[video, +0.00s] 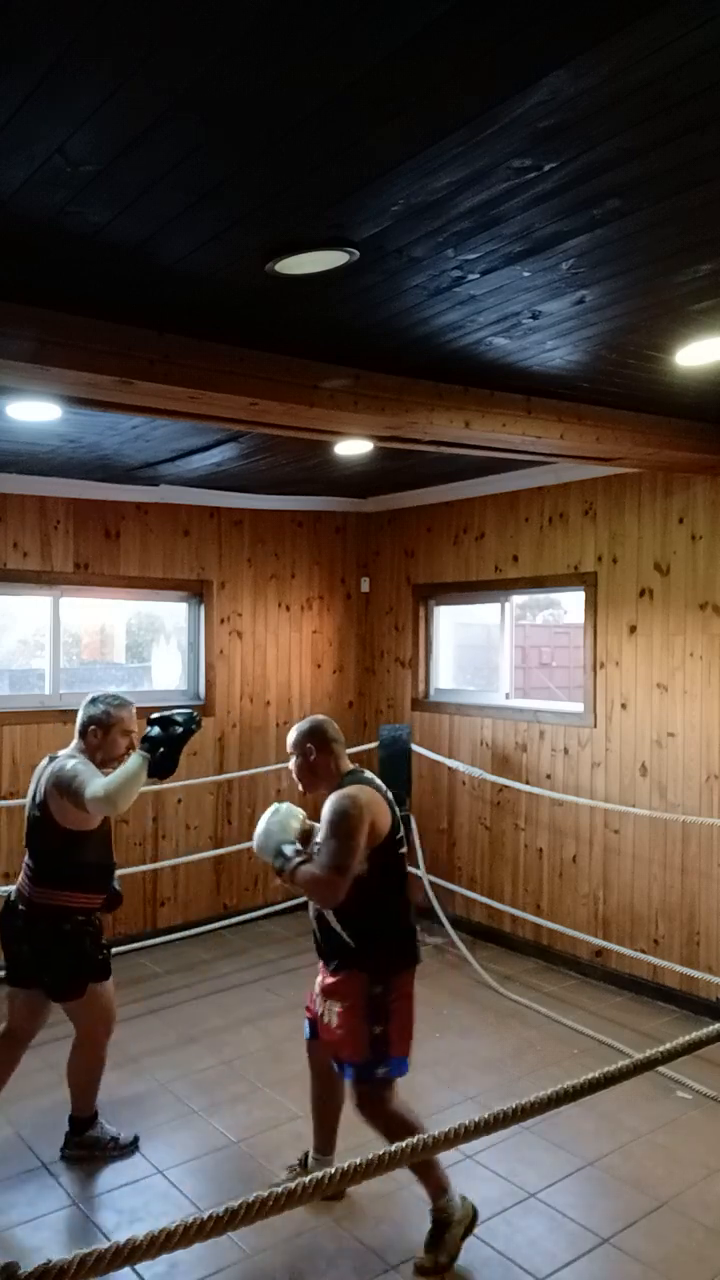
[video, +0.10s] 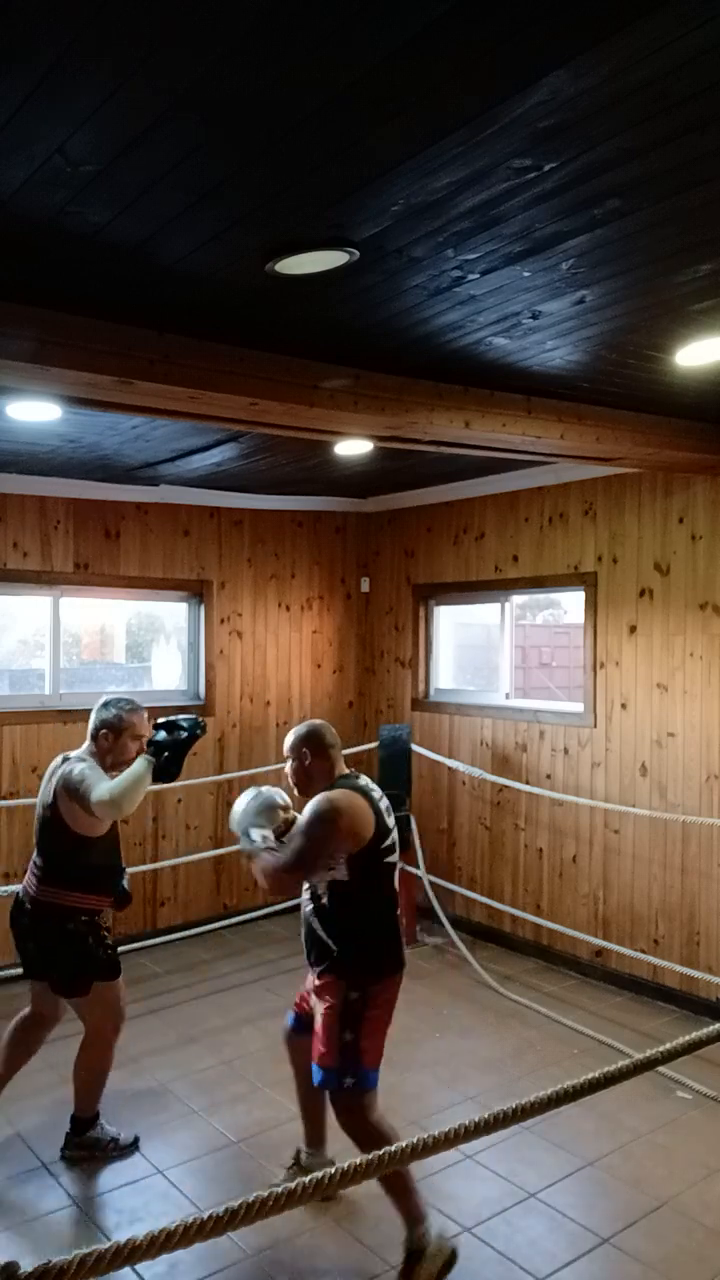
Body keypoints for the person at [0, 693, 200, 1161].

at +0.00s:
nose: (130, 747)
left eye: (133, 737)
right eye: (124, 736)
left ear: (90, 736)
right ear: (94, 733)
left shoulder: (58, 764)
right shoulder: (73, 768)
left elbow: (127, 787)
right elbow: (105, 799)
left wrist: (155, 760)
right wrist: (149, 751)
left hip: (32, 919)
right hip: (64, 926)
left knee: (19, 1028)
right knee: (97, 1023)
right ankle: (82, 1131)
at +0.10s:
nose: (142, 752)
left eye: (144, 742)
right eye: (136, 741)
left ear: (102, 739)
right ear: (106, 737)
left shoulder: (70, 763)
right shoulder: (81, 771)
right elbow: (111, 803)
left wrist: (160, 758)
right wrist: (155, 755)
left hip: (38, 911)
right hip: (71, 922)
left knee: (43, 1012)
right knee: (105, 1020)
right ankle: (84, 1131)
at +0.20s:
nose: (149, 751)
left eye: (151, 741)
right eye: (144, 741)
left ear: (113, 737)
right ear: (113, 736)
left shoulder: (92, 760)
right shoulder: (86, 768)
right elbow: (109, 801)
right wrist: (156, 755)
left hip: (54, 904)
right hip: (70, 914)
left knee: (64, 993)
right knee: (103, 1017)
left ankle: (2, 1072)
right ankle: (83, 1130)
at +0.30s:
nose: (149, 747)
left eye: (152, 738)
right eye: (142, 737)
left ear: (121, 733)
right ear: (114, 731)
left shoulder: (107, 758)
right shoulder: (87, 763)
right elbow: (108, 796)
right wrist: (152, 753)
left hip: (67, 899)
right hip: (72, 907)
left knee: (64, 987)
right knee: (103, 1013)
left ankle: (20, 1070)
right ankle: (83, 1128)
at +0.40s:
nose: (148, 752)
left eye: (150, 745)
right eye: (148, 743)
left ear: (107, 723)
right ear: (130, 735)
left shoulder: (106, 767)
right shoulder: (83, 766)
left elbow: (105, 840)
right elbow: (89, 792)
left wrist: (127, 874)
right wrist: (114, 736)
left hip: (70, 902)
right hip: (75, 911)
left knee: (67, 986)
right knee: (107, 1014)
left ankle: (48, 1060)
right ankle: (84, 1129)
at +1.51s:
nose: (146, 739)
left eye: (152, 731)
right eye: (139, 727)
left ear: (156, 737)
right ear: (120, 725)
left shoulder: (144, 775)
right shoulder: (91, 761)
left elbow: (146, 825)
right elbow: (73, 788)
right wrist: (118, 748)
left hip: (121, 882)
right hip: (77, 884)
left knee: (117, 965)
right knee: (102, 988)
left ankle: (100, 1037)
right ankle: (69, 1094)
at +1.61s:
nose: (152, 740)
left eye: (157, 733)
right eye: (146, 730)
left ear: (158, 736)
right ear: (124, 727)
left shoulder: (153, 772)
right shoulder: (95, 762)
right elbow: (71, 784)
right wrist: (116, 743)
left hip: (125, 879)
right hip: (80, 881)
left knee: (118, 963)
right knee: (101, 989)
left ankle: (98, 1037)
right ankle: (72, 1094)